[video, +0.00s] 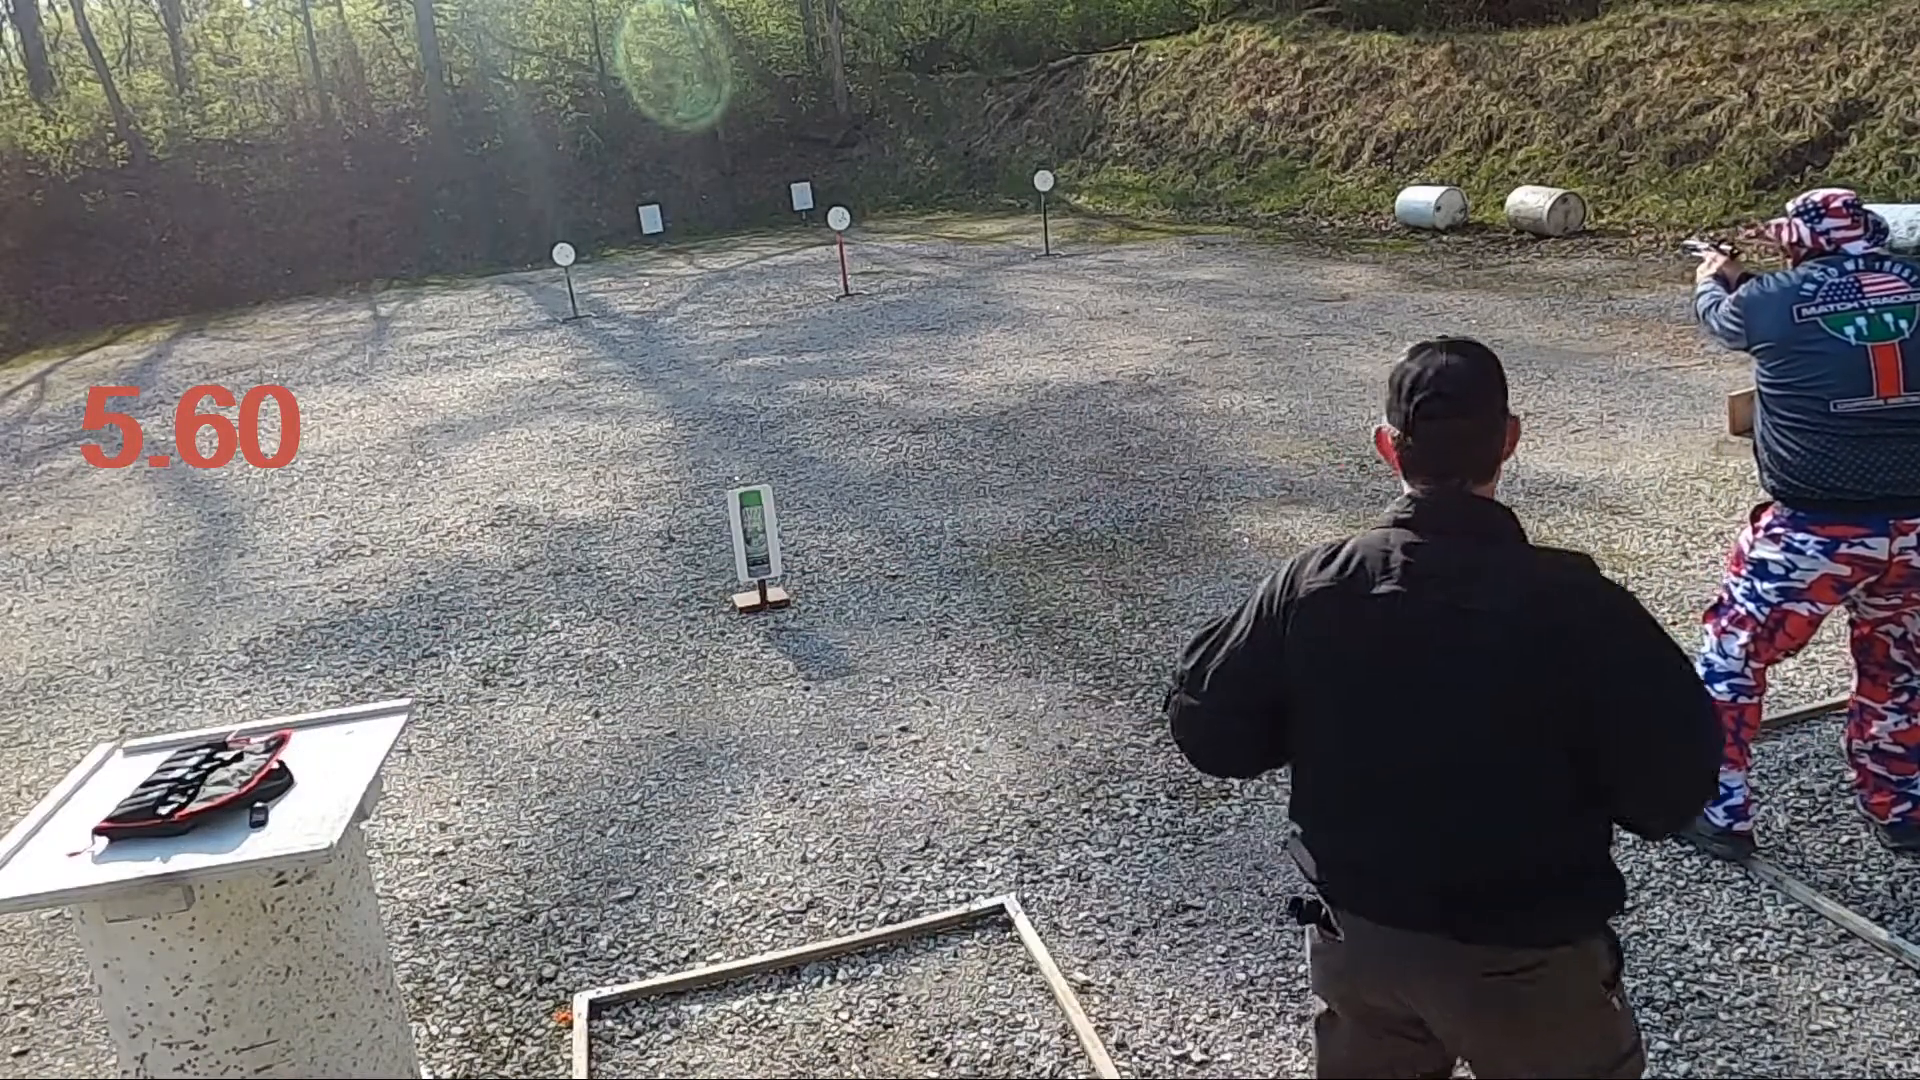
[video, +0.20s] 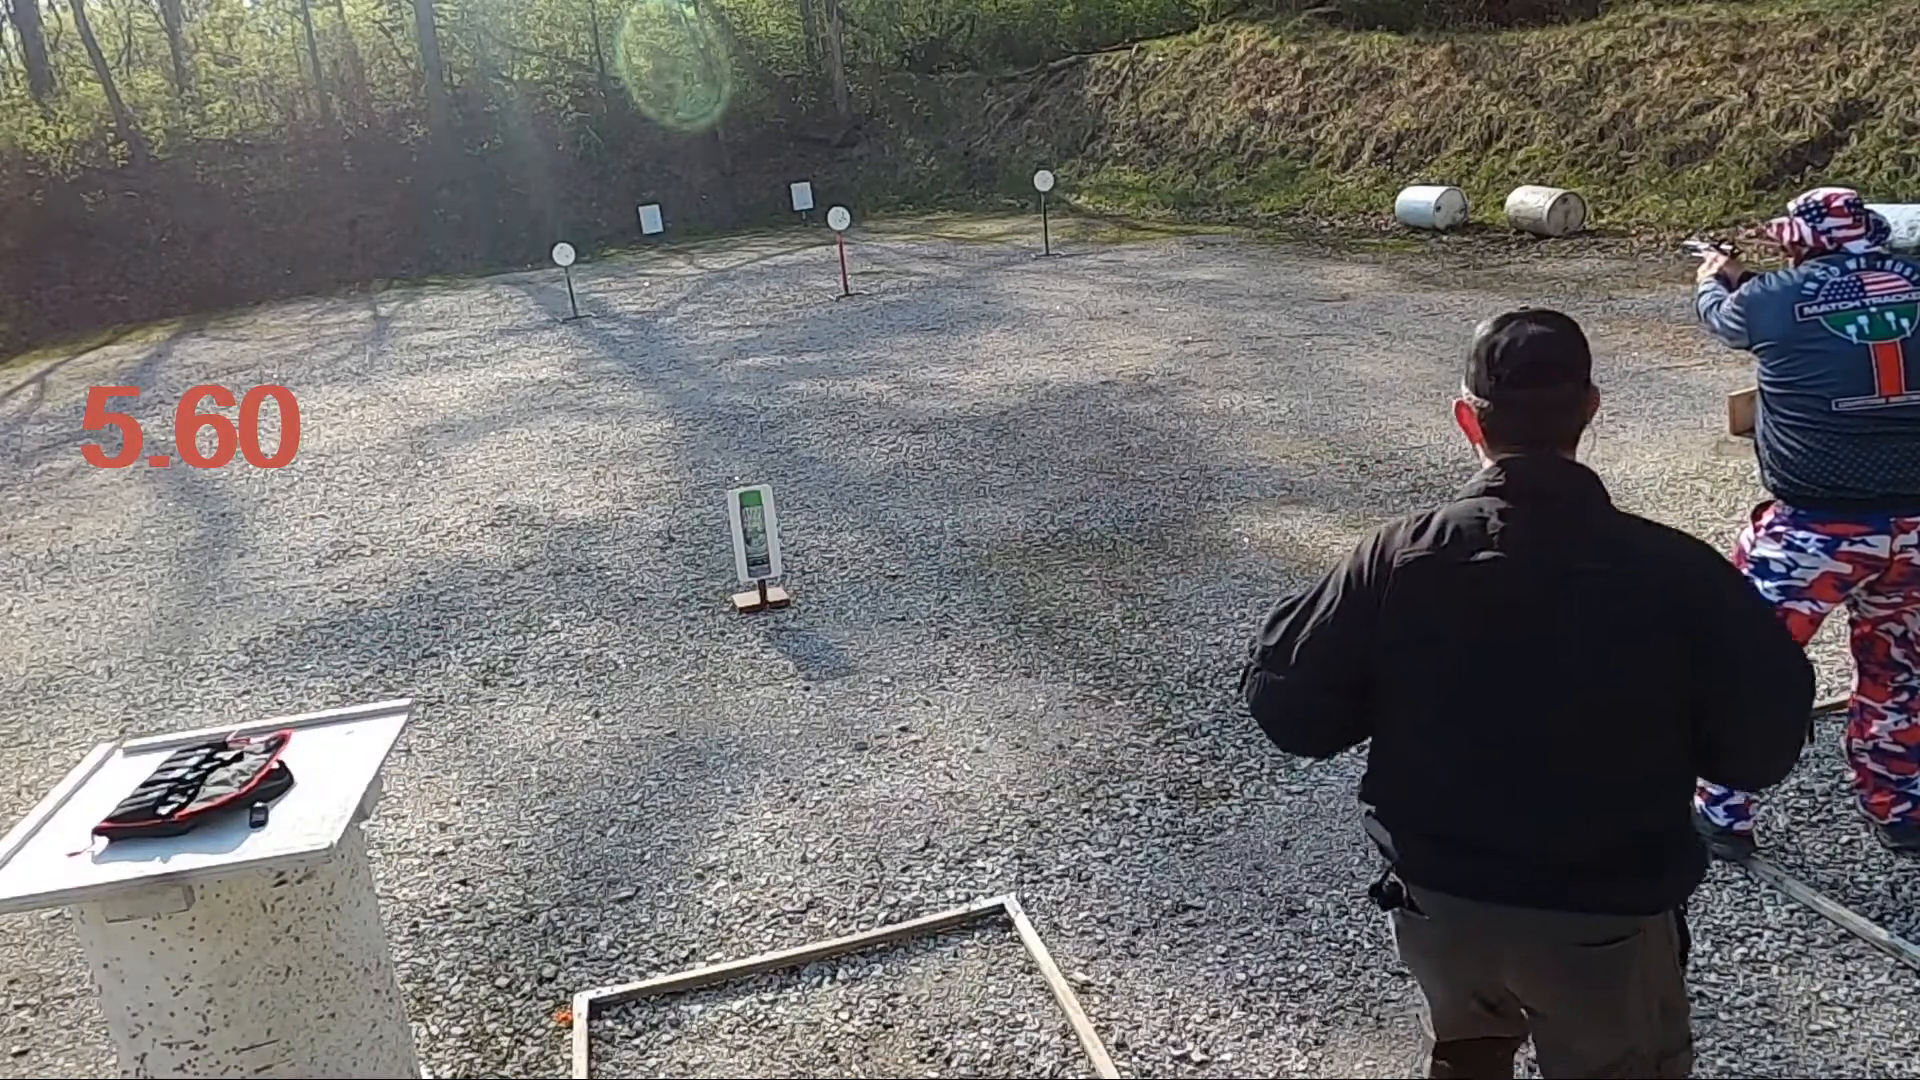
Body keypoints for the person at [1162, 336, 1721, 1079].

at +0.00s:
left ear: (1389, 448)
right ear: (1511, 440)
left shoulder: (1313, 589)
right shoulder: (1575, 600)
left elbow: (1206, 729)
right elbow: (1677, 785)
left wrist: (1328, 701)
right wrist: (1568, 751)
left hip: (1359, 955)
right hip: (1531, 972)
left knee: (1365, 1066)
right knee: (1594, 1066)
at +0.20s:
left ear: (1470, 421)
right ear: (1591, 410)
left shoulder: (1395, 566)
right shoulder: (1683, 574)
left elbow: (1287, 707)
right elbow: (1767, 747)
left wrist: (1406, 668)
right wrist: (1657, 700)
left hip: (1439, 913)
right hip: (1609, 935)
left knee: (1466, 1052)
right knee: (1623, 1066)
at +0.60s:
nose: (1510, 407)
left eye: (1513, 395)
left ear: (1522, 412)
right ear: (1633, 400)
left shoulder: (1454, 552)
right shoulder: (1729, 549)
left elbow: (1359, 698)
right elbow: (1802, 710)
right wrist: (1701, 673)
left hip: (1524, 899)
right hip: (1687, 899)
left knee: (1574, 1070)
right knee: (1710, 1067)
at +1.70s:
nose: (1611, 384)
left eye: (1613, 373)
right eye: (1616, 369)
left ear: (1626, 392)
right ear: (1734, 380)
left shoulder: (1576, 537)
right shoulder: (1837, 524)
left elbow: (1480, 701)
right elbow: (1890, 674)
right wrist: (1789, 656)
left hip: (1622, 867)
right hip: (1782, 870)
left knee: (1623, 1066)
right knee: (1782, 1068)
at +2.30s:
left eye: (1616, 381)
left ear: (1623, 397)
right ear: (1740, 375)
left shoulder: (1580, 537)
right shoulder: (1838, 523)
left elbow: (1487, 697)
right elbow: (1891, 675)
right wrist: (1788, 643)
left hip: (1620, 868)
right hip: (1781, 870)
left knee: (1624, 1066)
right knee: (1780, 1068)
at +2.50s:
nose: (1604, 417)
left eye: (1602, 398)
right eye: (1602, 398)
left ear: (1621, 399)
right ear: (1726, 387)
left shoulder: (1579, 539)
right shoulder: (1836, 524)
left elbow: (1484, 688)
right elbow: (1894, 673)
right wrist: (1786, 651)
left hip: (1618, 869)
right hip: (1780, 871)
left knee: (1624, 1067)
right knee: (1778, 1068)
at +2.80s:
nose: (1596, 416)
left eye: (1594, 399)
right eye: (1595, 399)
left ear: (1614, 400)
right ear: (1711, 382)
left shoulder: (1573, 539)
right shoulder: (1832, 519)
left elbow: (1485, 690)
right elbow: (1897, 666)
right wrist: (1792, 663)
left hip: (1619, 868)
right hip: (1780, 869)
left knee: (1625, 1066)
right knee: (1780, 1067)